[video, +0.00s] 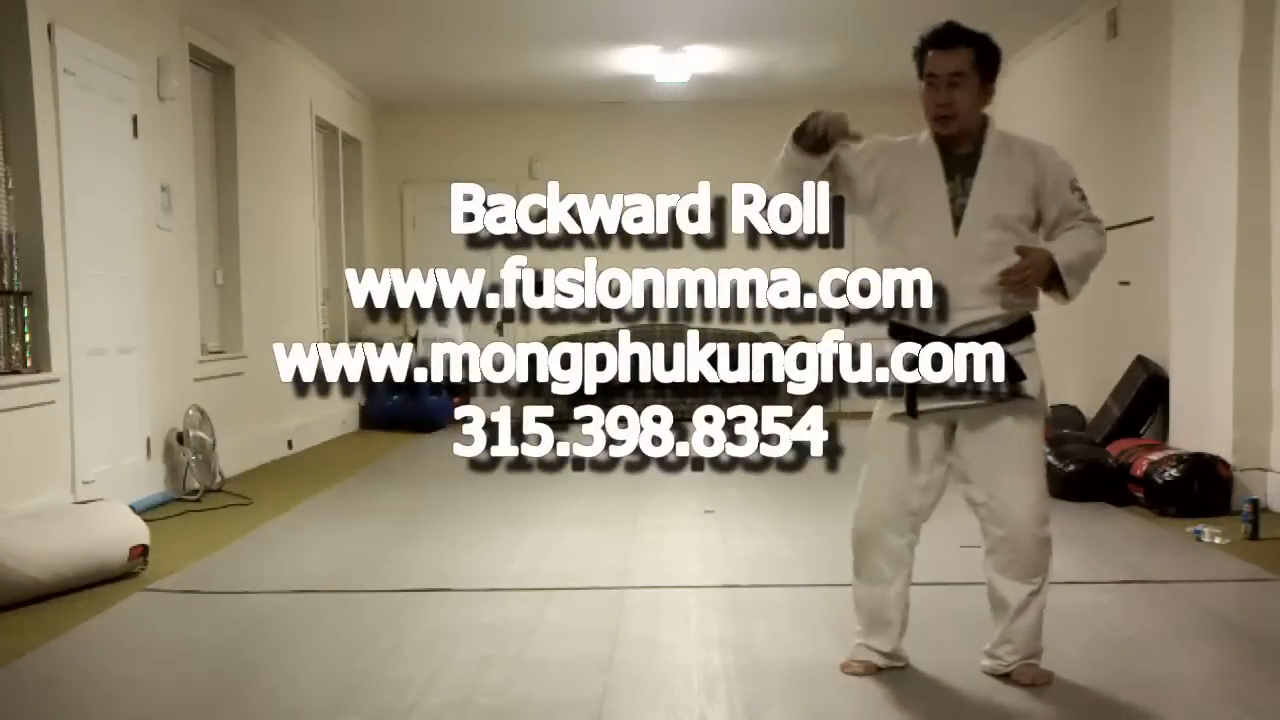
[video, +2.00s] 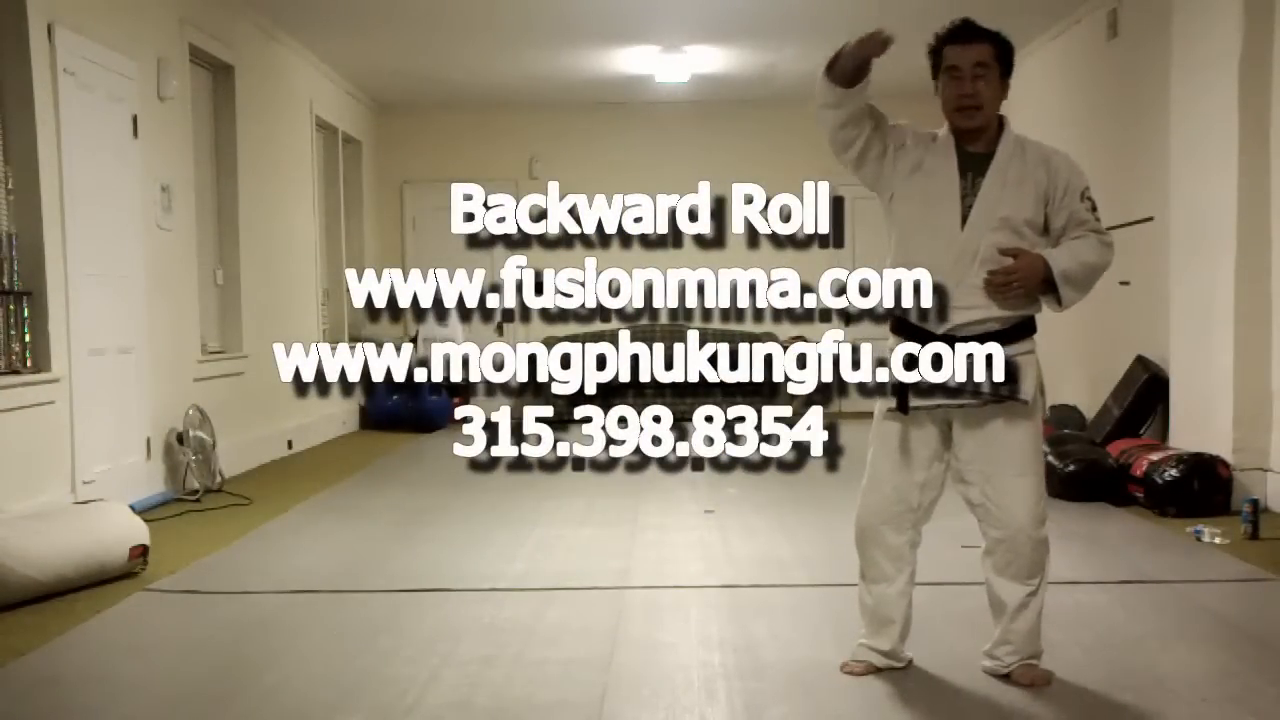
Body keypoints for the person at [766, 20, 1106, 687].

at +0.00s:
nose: (941, 96)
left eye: (957, 82)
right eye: (931, 82)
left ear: (987, 88)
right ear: (918, 88)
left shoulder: (1035, 162)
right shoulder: (880, 160)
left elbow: (1085, 233)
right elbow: (790, 191)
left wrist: (1053, 260)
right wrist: (810, 146)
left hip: (1000, 369)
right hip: (907, 371)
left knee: (1022, 523)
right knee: (880, 518)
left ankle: (1015, 654)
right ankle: (877, 642)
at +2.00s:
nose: (965, 86)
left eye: (980, 73)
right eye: (952, 75)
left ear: (1004, 84)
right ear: (936, 88)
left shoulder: (1048, 168)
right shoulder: (902, 157)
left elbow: (1093, 245)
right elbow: (844, 122)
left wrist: (1048, 268)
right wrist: (852, 63)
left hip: (1002, 362)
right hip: (912, 362)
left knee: (1019, 522)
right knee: (884, 515)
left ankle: (1014, 654)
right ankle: (881, 643)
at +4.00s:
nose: (991, 83)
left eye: (1007, 70)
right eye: (978, 71)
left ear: (1029, 84)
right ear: (960, 85)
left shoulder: (1070, 171)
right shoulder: (935, 158)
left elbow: (1113, 249)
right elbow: (900, 98)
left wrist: (1074, 270)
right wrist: (951, 38)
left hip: (1026, 369)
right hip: (936, 366)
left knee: (1036, 526)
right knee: (899, 514)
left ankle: (1016, 653)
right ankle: (882, 641)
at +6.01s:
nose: (988, 89)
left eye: (1000, 75)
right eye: (971, 77)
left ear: (1016, 82)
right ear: (945, 90)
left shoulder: (1062, 161)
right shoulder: (913, 162)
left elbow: (1110, 239)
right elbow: (860, 229)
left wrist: (1065, 269)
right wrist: (831, 210)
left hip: (1030, 374)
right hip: (938, 374)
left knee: (1040, 531)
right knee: (901, 519)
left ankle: (1016, 654)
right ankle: (883, 642)